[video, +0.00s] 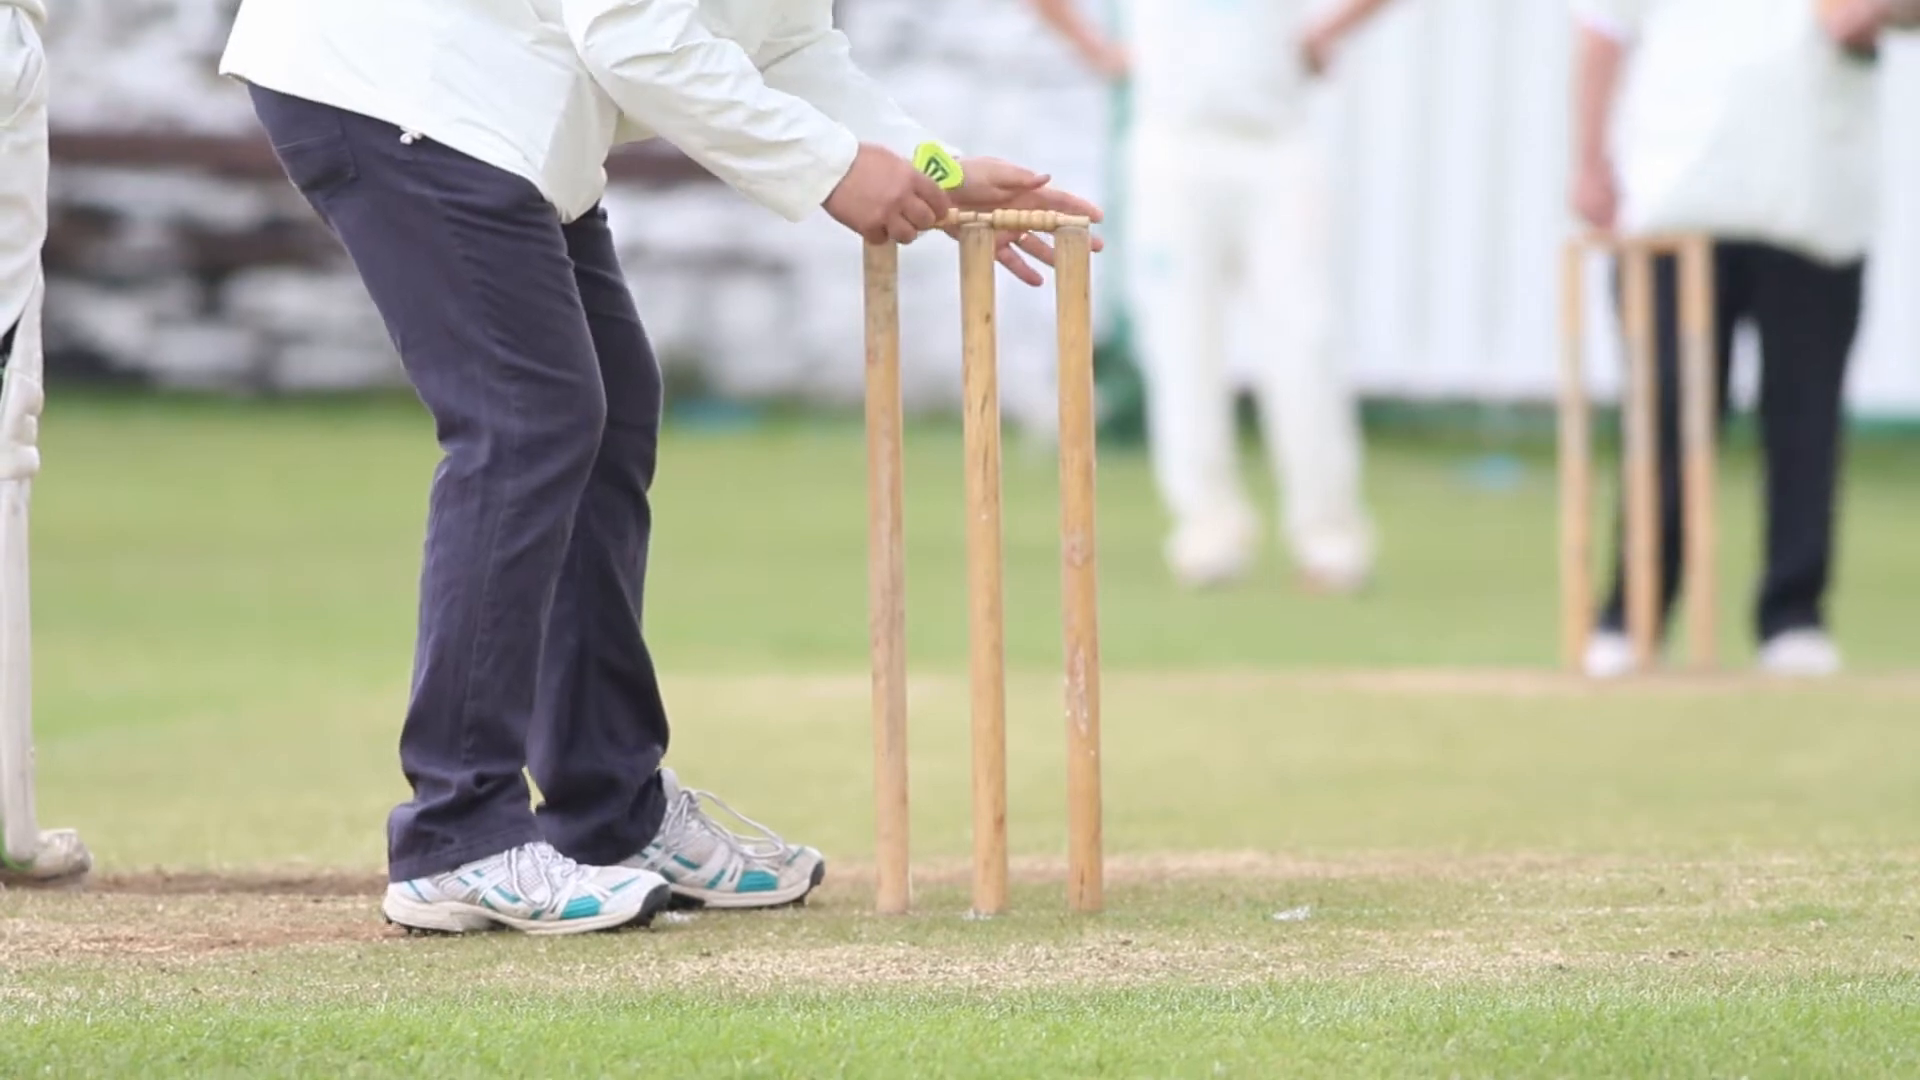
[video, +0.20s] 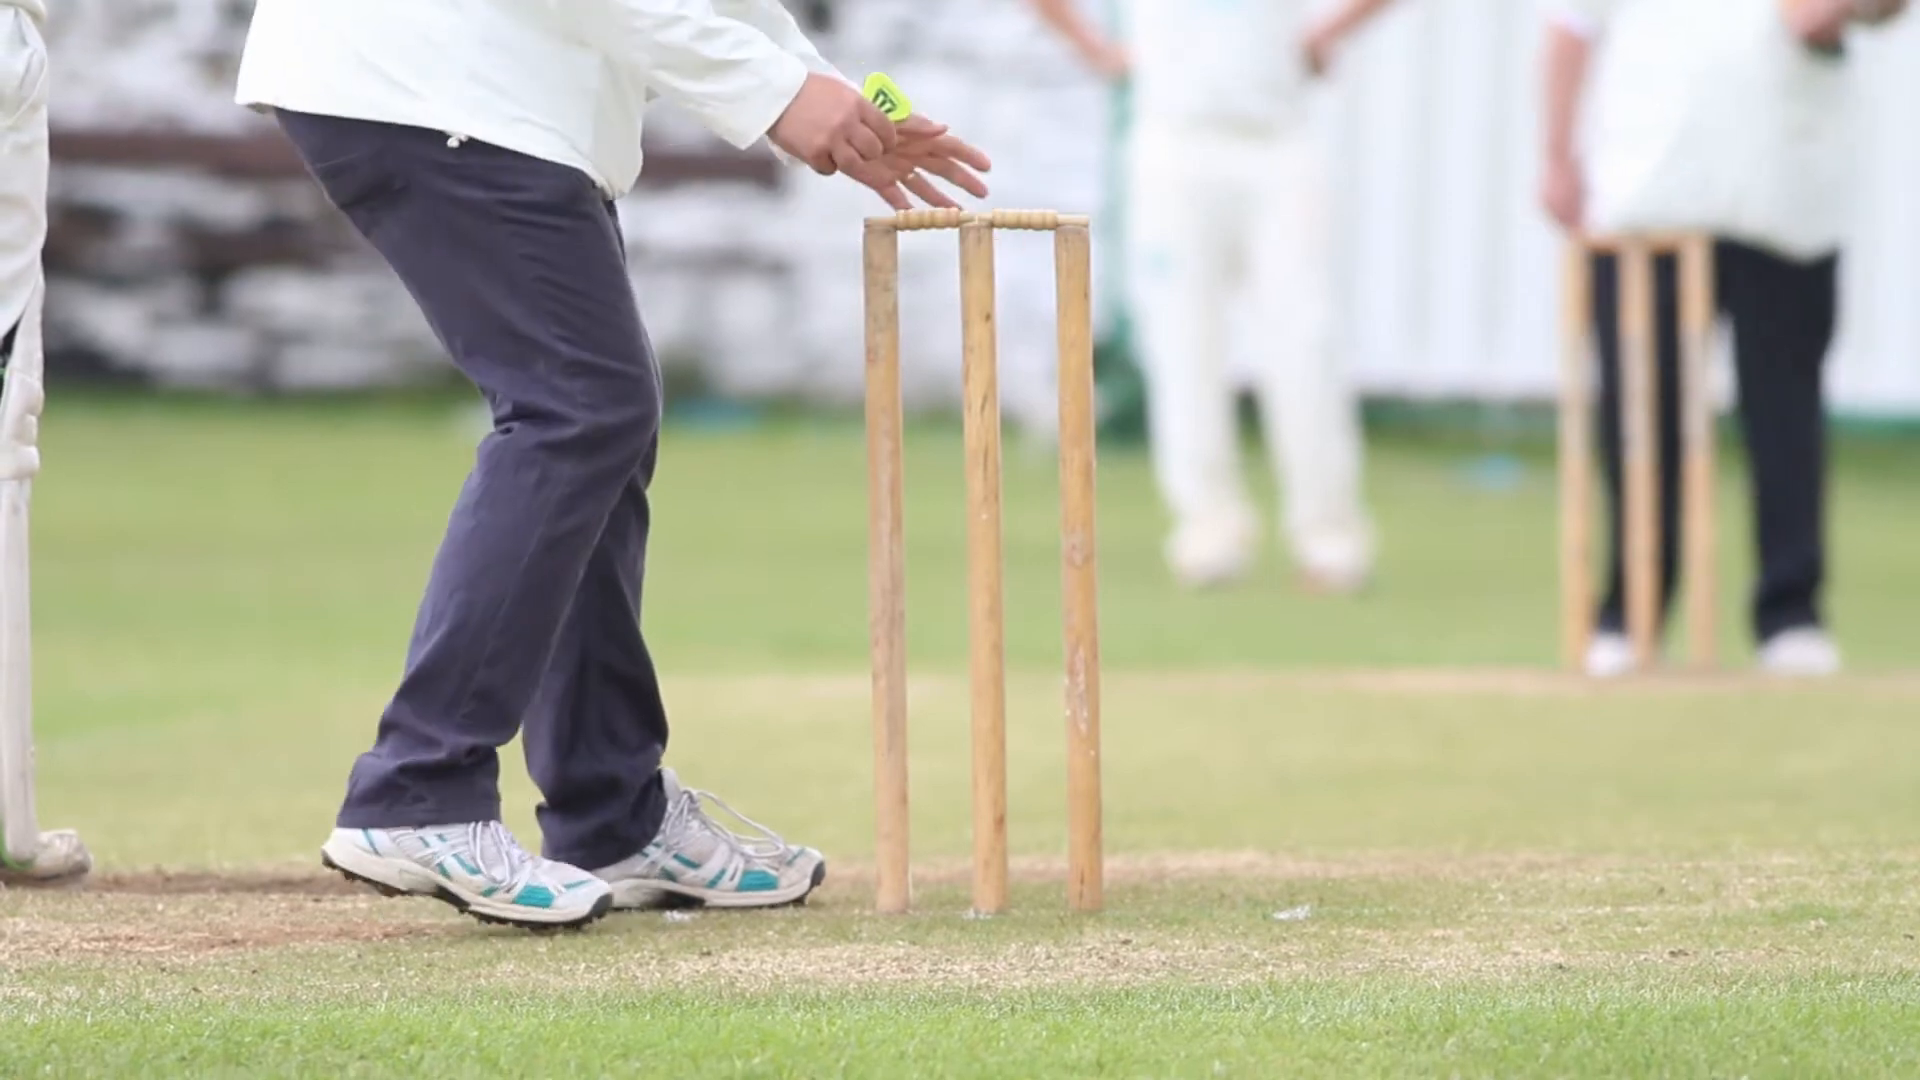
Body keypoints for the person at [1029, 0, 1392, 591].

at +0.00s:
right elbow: (1039, 4)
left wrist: (1324, 34)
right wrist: (1099, 49)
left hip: (1282, 127)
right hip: (1171, 126)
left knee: (1302, 337)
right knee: (1179, 342)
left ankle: (1328, 535)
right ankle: (1209, 532)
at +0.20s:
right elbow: (1038, 4)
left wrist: (1324, 35)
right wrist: (1099, 49)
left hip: (1283, 125)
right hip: (1172, 124)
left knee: (1304, 334)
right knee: (1180, 340)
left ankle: (1328, 533)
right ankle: (1209, 530)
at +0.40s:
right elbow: (1040, 4)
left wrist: (1325, 38)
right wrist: (1099, 48)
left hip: (1285, 125)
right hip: (1173, 123)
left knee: (1304, 335)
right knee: (1181, 340)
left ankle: (1329, 534)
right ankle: (1210, 531)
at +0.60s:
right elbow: (1041, 4)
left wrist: (1324, 40)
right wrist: (1100, 48)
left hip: (1284, 124)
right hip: (1173, 121)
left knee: (1304, 333)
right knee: (1180, 338)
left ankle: (1329, 531)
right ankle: (1210, 527)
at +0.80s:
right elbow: (1040, 4)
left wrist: (1324, 41)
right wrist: (1101, 48)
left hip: (1284, 121)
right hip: (1172, 119)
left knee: (1303, 331)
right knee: (1179, 335)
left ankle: (1328, 529)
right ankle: (1210, 526)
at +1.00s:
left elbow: (1384, 2)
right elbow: (1040, 3)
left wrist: (1323, 39)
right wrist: (1098, 47)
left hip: (1285, 119)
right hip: (1172, 117)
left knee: (1303, 329)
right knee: (1179, 334)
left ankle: (1328, 528)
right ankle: (1210, 525)